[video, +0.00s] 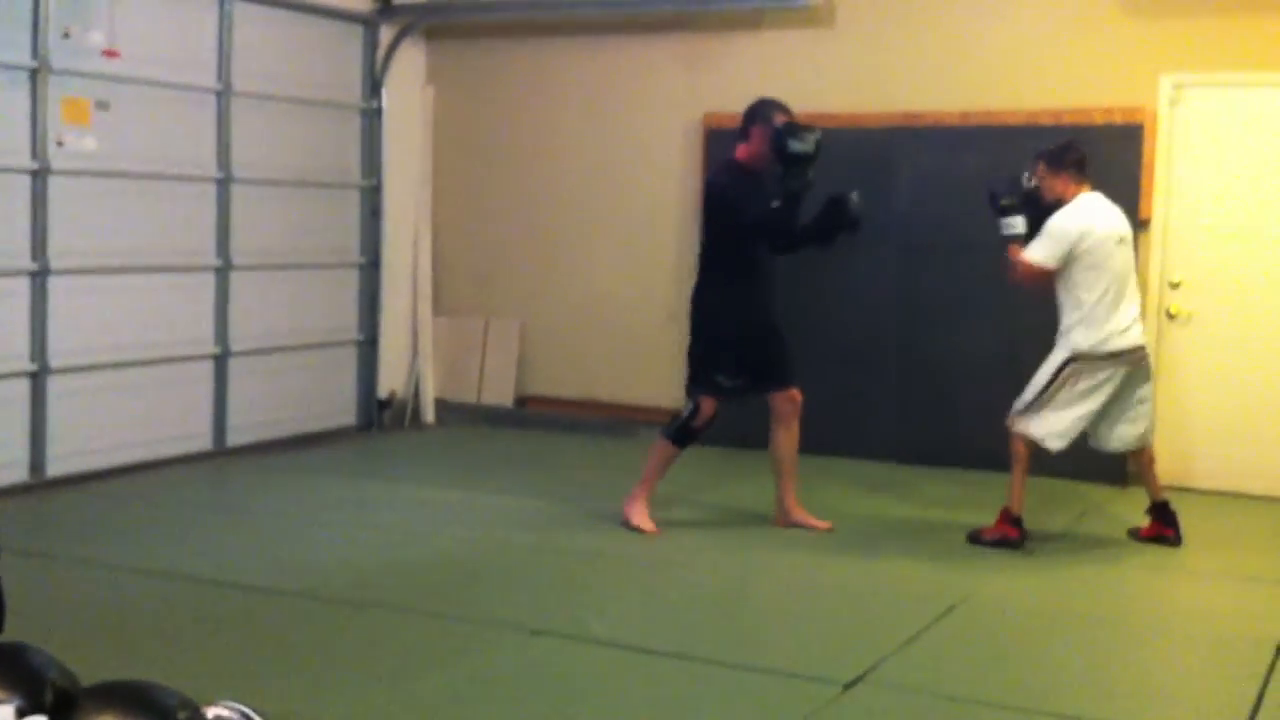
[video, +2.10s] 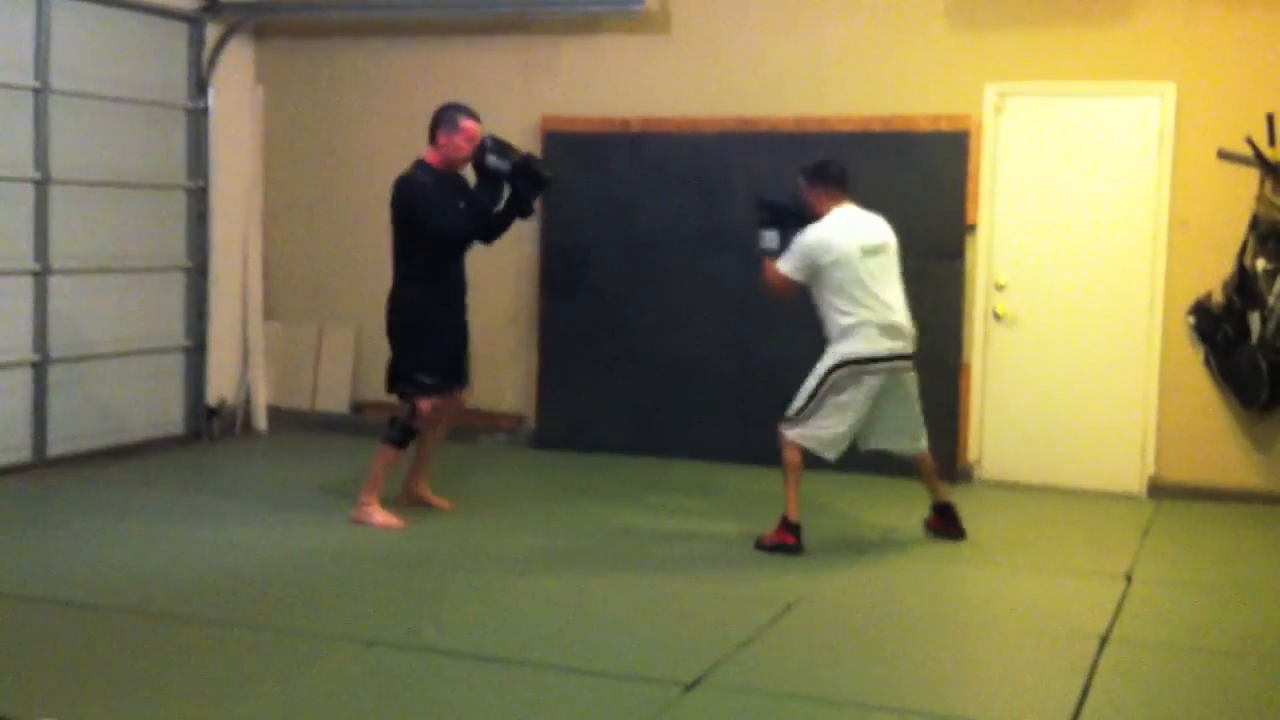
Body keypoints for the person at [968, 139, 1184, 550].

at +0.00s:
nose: (1040, 187)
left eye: (1043, 178)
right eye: (1039, 179)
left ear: (1064, 176)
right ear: (1079, 175)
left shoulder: (1070, 219)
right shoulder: (1113, 212)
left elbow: (1027, 270)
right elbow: (1068, 265)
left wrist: (1012, 230)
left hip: (1088, 348)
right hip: (1130, 344)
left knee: (1021, 424)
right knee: (1138, 438)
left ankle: (1011, 522)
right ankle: (1163, 517)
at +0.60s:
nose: (979, 183)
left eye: (982, 175)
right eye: (979, 175)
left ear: (997, 174)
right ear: (1022, 173)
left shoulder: (1000, 217)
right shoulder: (1054, 214)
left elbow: (974, 277)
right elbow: (1029, 267)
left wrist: (954, 246)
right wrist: (983, 227)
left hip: (1016, 339)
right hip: (1060, 337)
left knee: (959, 420)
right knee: (1069, 430)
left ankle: (952, 514)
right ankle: (1096, 510)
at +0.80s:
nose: (936, 197)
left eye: (941, 189)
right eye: (937, 189)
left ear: (962, 189)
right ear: (975, 190)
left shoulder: (957, 225)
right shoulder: (997, 228)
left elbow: (930, 271)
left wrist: (910, 245)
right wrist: (927, 246)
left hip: (965, 343)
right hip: (1012, 342)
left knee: (895, 412)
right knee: (1035, 429)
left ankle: (897, 499)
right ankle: (1057, 505)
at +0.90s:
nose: (911, 215)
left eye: (912, 209)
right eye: (911, 209)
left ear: (922, 206)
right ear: (949, 205)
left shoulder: (923, 233)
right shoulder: (976, 241)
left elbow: (875, 242)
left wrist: (850, 220)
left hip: (945, 362)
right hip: (995, 361)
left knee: (865, 421)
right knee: (1023, 433)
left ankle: (852, 506)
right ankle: (1048, 508)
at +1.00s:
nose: (855, 235)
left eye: (856, 227)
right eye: (853, 229)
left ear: (872, 220)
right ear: (889, 219)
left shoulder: (882, 249)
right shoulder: (919, 255)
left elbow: (811, 253)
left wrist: (789, 203)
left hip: (922, 380)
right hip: (953, 374)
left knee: (836, 429)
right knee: (964, 446)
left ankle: (817, 520)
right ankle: (1028, 499)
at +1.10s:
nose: (816, 251)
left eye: (818, 241)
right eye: (814, 244)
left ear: (838, 234)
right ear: (843, 233)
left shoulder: (870, 263)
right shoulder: (864, 261)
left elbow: (823, 307)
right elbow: (827, 294)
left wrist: (796, 276)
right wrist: (803, 273)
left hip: (907, 378)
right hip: (914, 376)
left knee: (815, 426)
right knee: (927, 453)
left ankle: (803, 520)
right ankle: (1005, 490)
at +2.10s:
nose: (807, 200)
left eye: (807, 193)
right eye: (807, 193)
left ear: (814, 192)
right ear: (844, 188)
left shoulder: (818, 236)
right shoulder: (882, 226)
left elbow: (778, 281)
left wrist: (768, 251)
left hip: (853, 355)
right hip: (901, 355)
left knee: (792, 432)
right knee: (916, 441)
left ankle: (790, 526)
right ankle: (945, 513)